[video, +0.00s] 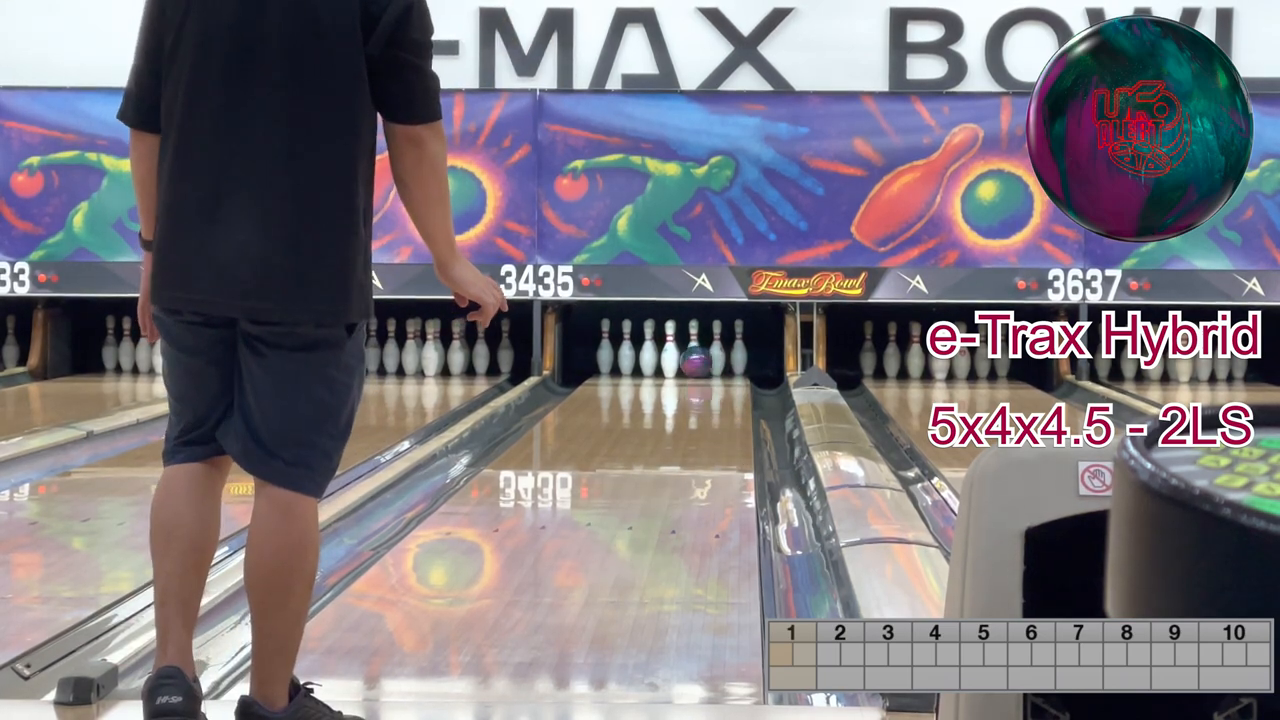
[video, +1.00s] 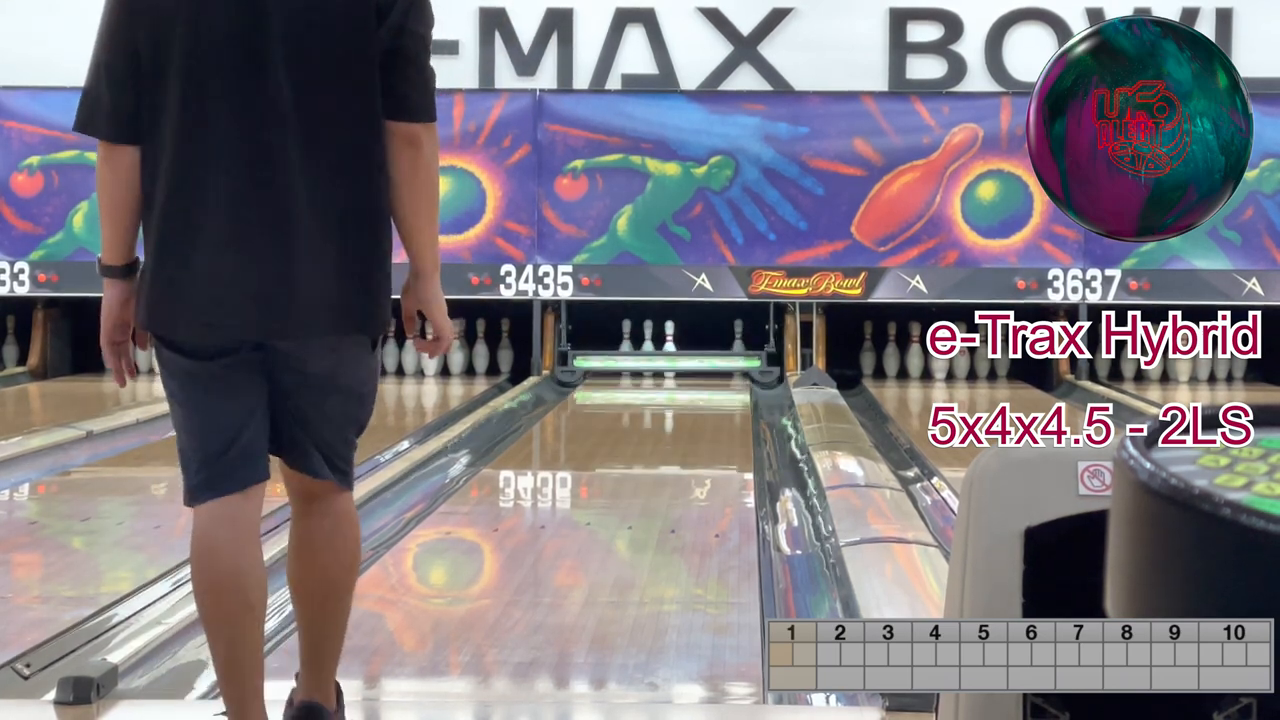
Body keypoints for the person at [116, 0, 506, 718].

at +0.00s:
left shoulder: (177, 1)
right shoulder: (386, 3)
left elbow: (146, 124)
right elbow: (414, 130)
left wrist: (157, 252)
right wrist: (450, 260)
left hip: (191, 259)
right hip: (310, 267)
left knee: (193, 451)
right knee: (289, 483)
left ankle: (171, 670)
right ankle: (271, 695)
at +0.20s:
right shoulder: (397, 3)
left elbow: (151, 120)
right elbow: (425, 133)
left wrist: (172, 239)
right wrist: (459, 263)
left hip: (191, 257)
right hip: (313, 266)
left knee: (190, 449)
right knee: (286, 483)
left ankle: (173, 668)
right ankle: (271, 695)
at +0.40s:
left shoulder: (186, 0)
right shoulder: (402, 3)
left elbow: (152, 122)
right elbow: (430, 138)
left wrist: (173, 240)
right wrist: (458, 267)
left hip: (197, 260)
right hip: (322, 270)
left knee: (183, 443)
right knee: (289, 488)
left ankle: (181, 648)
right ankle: (273, 697)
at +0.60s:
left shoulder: (178, 3)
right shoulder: (397, 5)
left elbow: (145, 129)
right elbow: (422, 140)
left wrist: (157, 256)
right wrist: (442, 269)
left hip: (199, 263)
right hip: (329, 276)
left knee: (186, 460)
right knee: (294, 493)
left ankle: (210, 626)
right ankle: (275, 701)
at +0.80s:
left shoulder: (162, 6)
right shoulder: (391, 6)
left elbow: (130, 144)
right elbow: (419, 146)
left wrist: (132, 269)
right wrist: (427, 277)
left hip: (200, 279)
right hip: (336, 280)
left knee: (207, 500)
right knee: (300, 501)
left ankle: (242, 708)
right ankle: (282, 698)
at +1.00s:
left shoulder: (144, 7)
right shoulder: (389, 4)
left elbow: (119, 135)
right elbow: (409, 128)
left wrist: (118, 274)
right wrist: (425, 270)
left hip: (196, 272)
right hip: (330, 272)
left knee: (221, 497)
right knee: (323, 484)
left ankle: (244, 713)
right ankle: (317, 694)